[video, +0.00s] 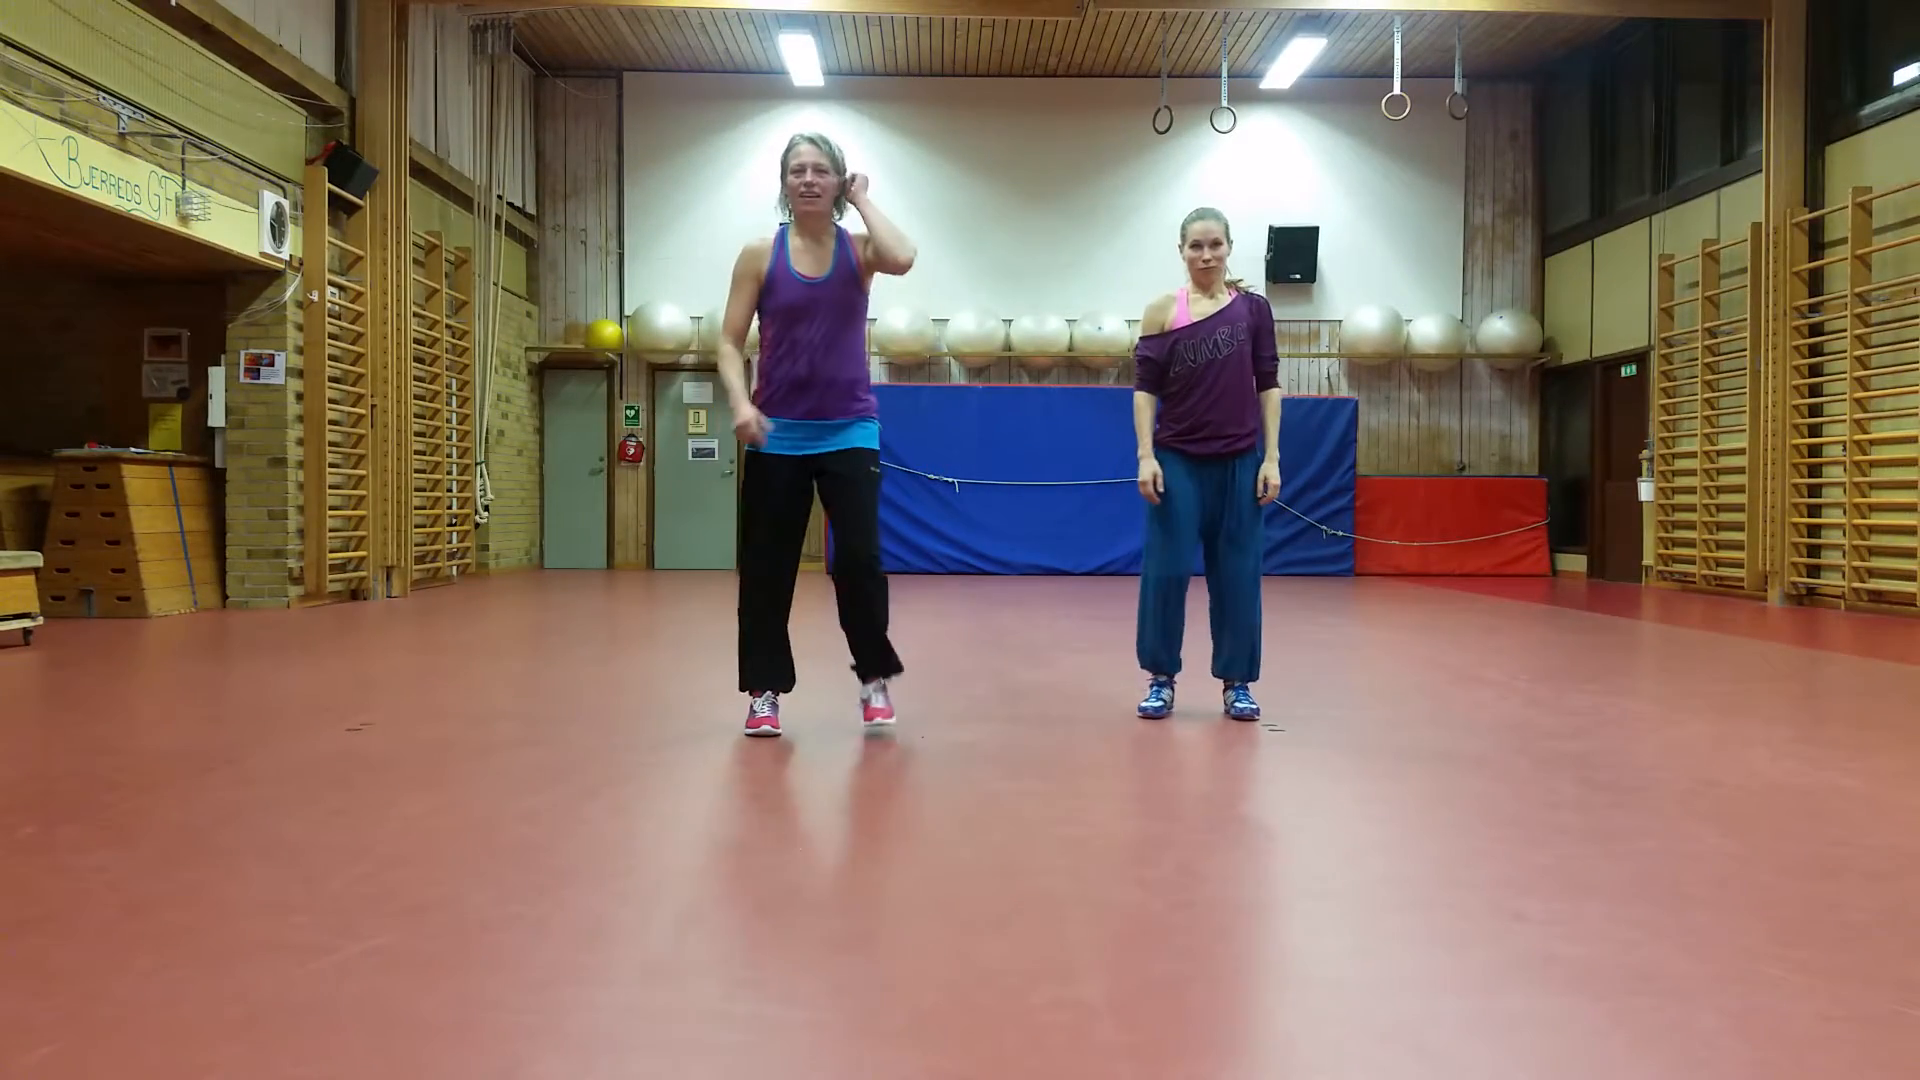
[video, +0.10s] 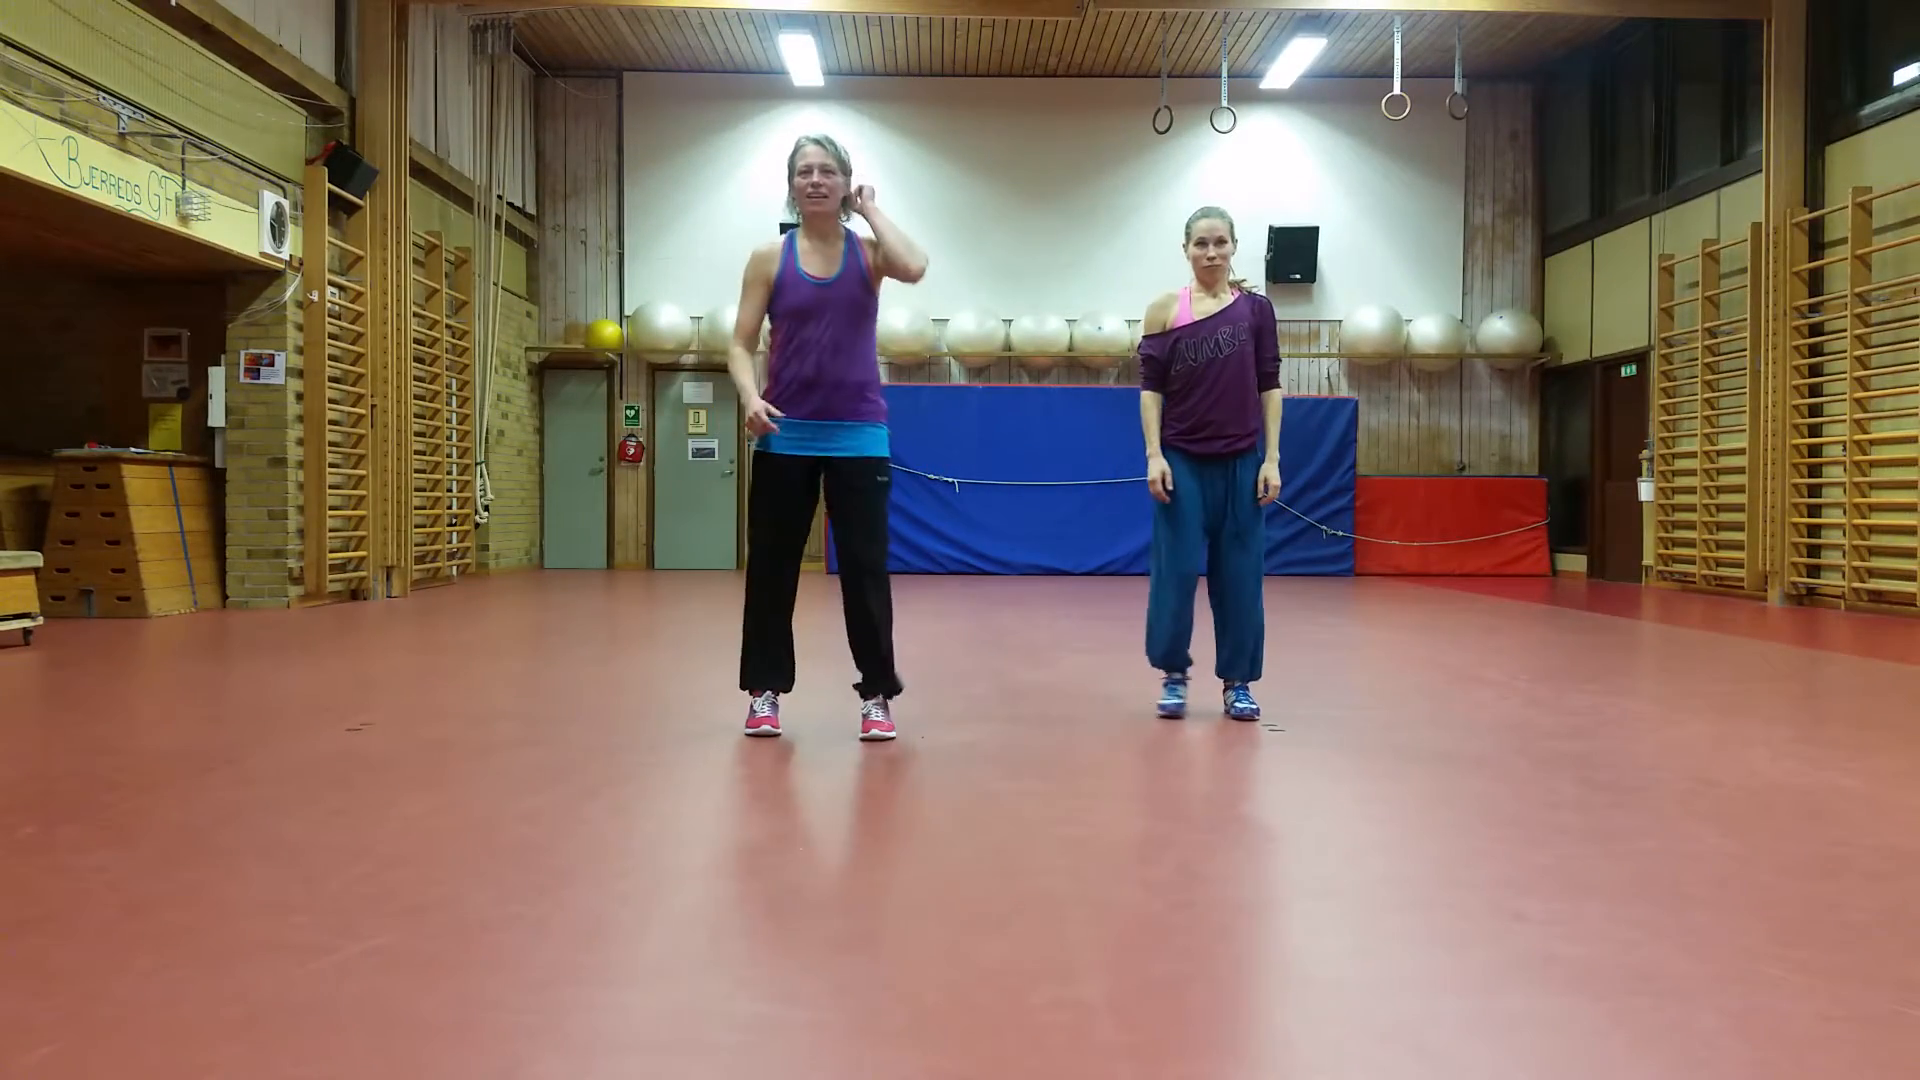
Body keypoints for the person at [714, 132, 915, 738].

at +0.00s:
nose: (807, 180)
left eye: (819, 171)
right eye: (797, 171)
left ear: (839, 185)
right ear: (783, 184)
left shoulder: (858, 245)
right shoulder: (760, 255)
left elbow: (900, 259)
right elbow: (729, 342)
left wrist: (862, 198)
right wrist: (741, 404)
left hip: (850, 429)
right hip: (777, 432)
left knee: (860, 558)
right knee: (766, 566)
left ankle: (874, 681)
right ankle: (763, 690)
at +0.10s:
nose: (815, 181)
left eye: (826, 172)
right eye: (805, 172)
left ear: (847, 187)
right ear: (789, 186)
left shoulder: (867, 248)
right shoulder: (769, 257)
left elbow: (913, 267)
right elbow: (741, 342)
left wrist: (870, 209)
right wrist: (750, 396)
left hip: (859, 433)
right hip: (786, 433)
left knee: (865, 566)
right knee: (771, 566)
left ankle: (876, 696)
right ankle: (765, 692)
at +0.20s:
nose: (823, 179)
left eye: (834, 170)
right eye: (812, 172)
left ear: (855, 184)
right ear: (798, 186)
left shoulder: (879, 248)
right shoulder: (778, 260)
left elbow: (919, 295)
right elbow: (760, 346)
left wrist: (879, 227)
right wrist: (755, 404)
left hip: (870, 432)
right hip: (797, 433)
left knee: (873, 566)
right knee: (780, 565)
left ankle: (876, 697)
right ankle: (766, 691)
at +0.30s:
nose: (830, 181)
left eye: (841, 172)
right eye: (818, 174)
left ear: (862, 186)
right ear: (805, 191)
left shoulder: (887, 250)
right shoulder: (787, 263)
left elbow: (920, 305)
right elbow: (766, 353)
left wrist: (883, 231)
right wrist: (756, 424)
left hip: (881, 432)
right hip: (807, 431)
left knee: (881, 568)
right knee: (792, 557)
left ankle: (878, 699)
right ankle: (775, 678)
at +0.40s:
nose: (834, 176)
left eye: (845, 168)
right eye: (823, 168)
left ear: (865, 183)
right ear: (808, 185)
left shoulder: (888, 245)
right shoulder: (789, 260)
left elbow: (918, 290)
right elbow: (769, 353)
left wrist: (883, 218)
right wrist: (753, 428)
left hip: (883, 428)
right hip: (810, 426)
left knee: (884, 565)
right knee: (811, 550)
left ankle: (878, 698)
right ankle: (795, 664)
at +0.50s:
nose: (834, 179)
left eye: (845, 170)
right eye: (823, 171)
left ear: (866, 183)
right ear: (810, 185)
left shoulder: (888, 245)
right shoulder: (790, 260)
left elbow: (919, 272)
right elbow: (769, 351)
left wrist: (887, 203)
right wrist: (750, 425)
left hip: (884, 426)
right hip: (811, 426)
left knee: (884, 563)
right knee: (818, 557)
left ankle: (878, 695)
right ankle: (816, 684)